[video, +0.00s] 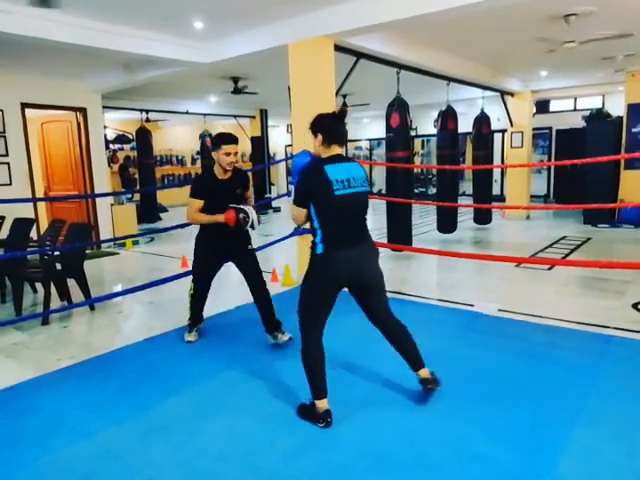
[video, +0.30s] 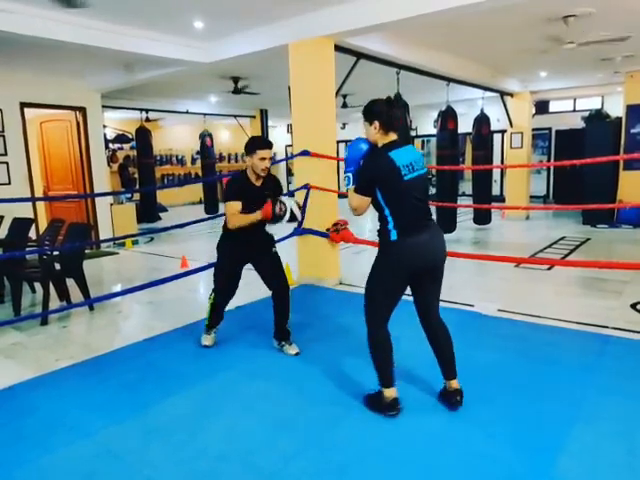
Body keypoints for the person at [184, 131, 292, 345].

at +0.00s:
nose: (233, 159)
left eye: (235, 154)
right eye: (227, 155)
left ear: (239, 154)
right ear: (214, 155)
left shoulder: (243, 177)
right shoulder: (203, 181)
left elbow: (248, 201)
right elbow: (192, 216)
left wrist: (247, 213)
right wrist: (222, 218)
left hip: (238, 239)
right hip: (210, 241)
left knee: (257, 284)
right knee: (200, 286)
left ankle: (274, 329)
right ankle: (193, 325)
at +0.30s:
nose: (267, 165)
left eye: (269, 160)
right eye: (262, 160)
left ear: (271, 159)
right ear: (248, 159)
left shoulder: (272, 182)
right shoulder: (236, 183)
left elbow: (276, 209)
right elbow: (232, 221)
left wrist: (286, 211)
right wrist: (262, 214)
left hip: (259, 238)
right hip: (233, 240)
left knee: (281, 287)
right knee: (224, 289)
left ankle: (282, 338)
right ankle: (210, 329)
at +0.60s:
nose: (261, 149)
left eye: (263, 145)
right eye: (257, 144)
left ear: (263, 147)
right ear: (244, 145)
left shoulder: (264, 167)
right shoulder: (232, 172)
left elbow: (294, 187)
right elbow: (248, 191)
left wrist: (290, 158)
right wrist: (262, 157)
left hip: (261, 237)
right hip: (235, 240)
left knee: (287, 284)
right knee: (233, 294)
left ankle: (286, 335)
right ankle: (227, 342)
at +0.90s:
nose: (269, 147)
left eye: (272, 143)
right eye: (265, 142)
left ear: (273, 143)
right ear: (250, 142)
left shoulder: (274, 166)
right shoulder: (239, 169)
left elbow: (305, 181)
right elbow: (247, 193)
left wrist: (303, 155)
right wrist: (267, 164)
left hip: (270, 238)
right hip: (244, 241)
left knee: (291, 287)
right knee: (235, 296)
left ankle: (290, 337)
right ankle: (225, 341)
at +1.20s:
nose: (272, 145)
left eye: (273, 140)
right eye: (266, 140)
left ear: (275, 143)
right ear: (253, 142)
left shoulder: (274, 165)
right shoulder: (244, 167)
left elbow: (297, 191)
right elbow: (265, 179)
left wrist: (303, 175)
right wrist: (276, 150)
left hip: (269, 237)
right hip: (245, 239)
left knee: (289, 288)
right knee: (236, 295)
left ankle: (288, 337)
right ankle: (222, 342)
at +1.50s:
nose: (273, 149)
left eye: (275, 144)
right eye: (268, 144)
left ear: (273, 145)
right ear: (254, 144)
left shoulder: (269, 171)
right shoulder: (242, 168)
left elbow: (264, 200)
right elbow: (234, 194)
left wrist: (287, 198)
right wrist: (271, 198)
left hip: (265, 238)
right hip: (241, 241)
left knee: (291, 283)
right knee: (231, 294)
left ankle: (289, 335)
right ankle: (219, 343)